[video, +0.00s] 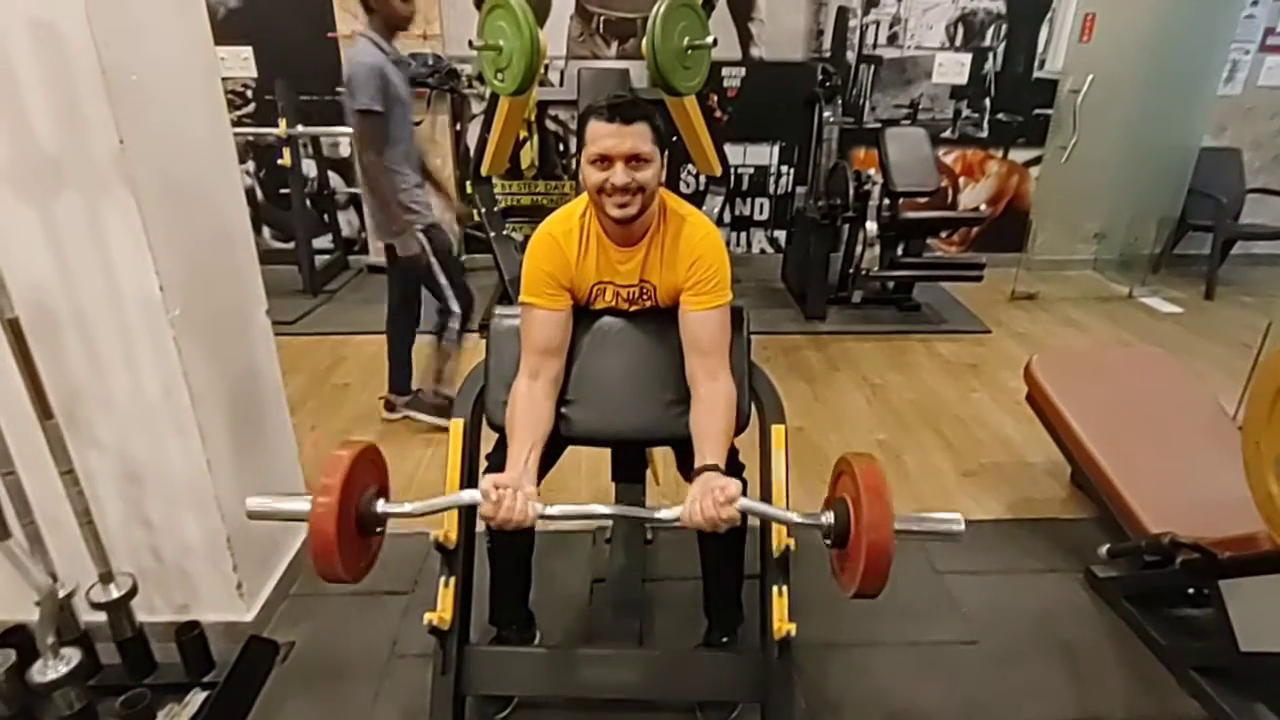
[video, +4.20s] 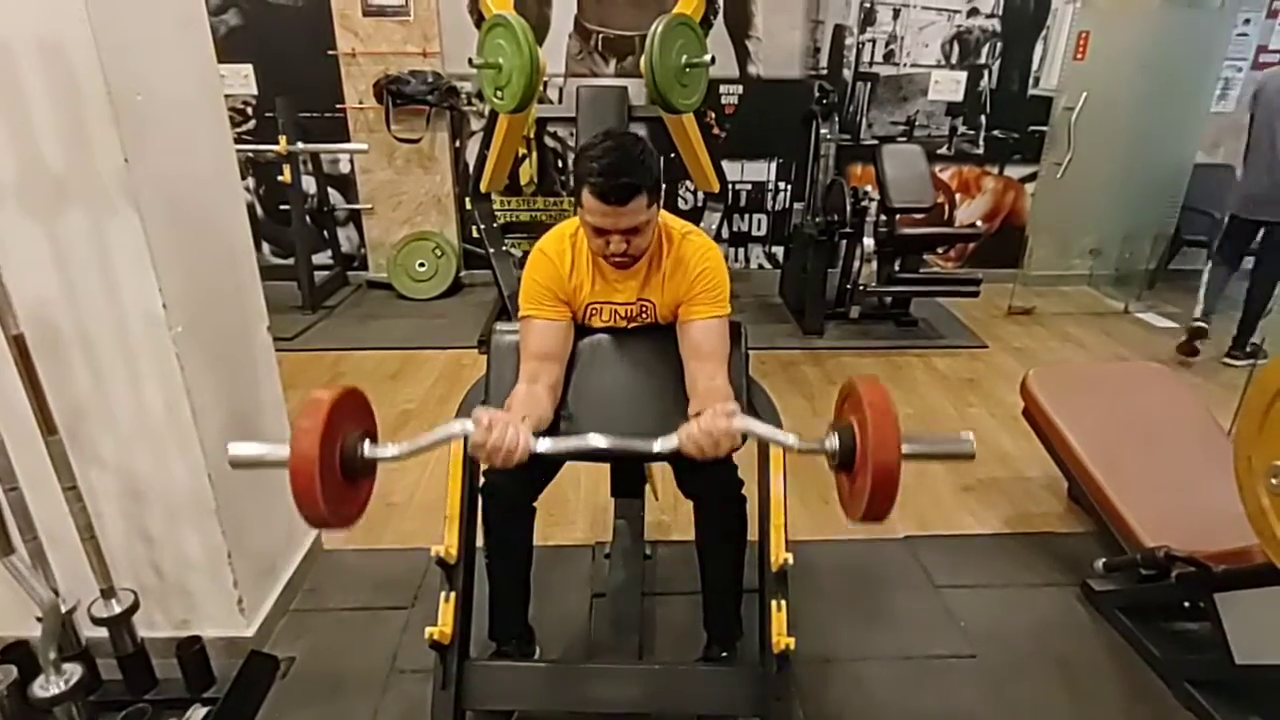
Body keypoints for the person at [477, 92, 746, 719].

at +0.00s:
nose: (620, 178)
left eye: (636, 162)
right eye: (602, 163)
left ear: (661, 167)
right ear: (581, 168)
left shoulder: (696, 241)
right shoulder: (553, 242)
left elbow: (710, 372)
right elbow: (536, 372)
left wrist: (711, 468)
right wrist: (518, 472)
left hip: (674, 367)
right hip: (577, 367)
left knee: (720, 477)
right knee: (508, 469)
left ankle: (723, 637)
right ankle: (511, 630)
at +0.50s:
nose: (617, 212)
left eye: (631, 194)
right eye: (600, 196)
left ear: (656, 183)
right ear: (577, 187)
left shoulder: (696, 249)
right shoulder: (551, 251)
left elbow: (710, 357)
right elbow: (544, 366)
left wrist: (712, 381)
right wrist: (516, 389)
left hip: (671, 392)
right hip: (579, 393)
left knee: (720, 475)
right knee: (508, 478)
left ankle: (725, 636)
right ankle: (514, 636)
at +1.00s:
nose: (617, 232)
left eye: (633, 216)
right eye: (600, 217)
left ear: (655, 197)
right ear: (580, 201)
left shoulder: (689, 248)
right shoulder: (555, 249)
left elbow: (708, 400)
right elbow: (542, 403)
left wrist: (710, 304)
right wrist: (526, 303)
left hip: (667, 380)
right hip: (576, 379)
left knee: (720, 479)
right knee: (507, 482)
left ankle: (723, 640)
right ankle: (513, 640)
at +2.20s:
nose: (647, 242)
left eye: (656, 228)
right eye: (629, 234)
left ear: (668, 201)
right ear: (590, 211)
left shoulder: (695, 248)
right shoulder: (548, 250)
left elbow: (708, 404)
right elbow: (538, 396)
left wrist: (704, 372)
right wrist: (514, 368)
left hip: (665, 387)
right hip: (576, 388)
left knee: (720, 477)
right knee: (504, 478)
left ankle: (723, 637)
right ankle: (511, 635)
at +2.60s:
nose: (647, 248)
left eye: (658, 234)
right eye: (629, 240)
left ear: (671, 204)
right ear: (594, 213)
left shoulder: (699, 252)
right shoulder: (550, 250)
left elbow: (707, 373)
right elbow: (536, 370)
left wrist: (712, 438)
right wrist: (515, 428)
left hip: (671, 393)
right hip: (575, 396)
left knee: (721, 467)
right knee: (504, 466)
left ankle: (723, 637)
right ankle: (510, 635)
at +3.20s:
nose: (622, 247)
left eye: (639, 235)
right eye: (607, 233)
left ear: (664, 209)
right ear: (587, 204)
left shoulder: (697, 255)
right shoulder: (551, 253)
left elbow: (708, 390)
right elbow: (536, 385)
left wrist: (704, 509)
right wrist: (521, 507)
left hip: (671, 383)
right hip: (574, 382)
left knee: (722, 490)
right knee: (503, 480)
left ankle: (724, 636)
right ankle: (512, 637)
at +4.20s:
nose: (617, 246)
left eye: (632, 230)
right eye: (601, 231)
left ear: (656, 205)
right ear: (580, 208)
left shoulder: (696, 258)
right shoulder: (552, 257)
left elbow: (711, 383)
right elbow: (536, 379)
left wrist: (714, 425)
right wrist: (513, 427)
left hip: (666, 395)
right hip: (577, 393)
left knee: (718, 483)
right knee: (504, 485)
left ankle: (723, 643)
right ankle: (511, 645)